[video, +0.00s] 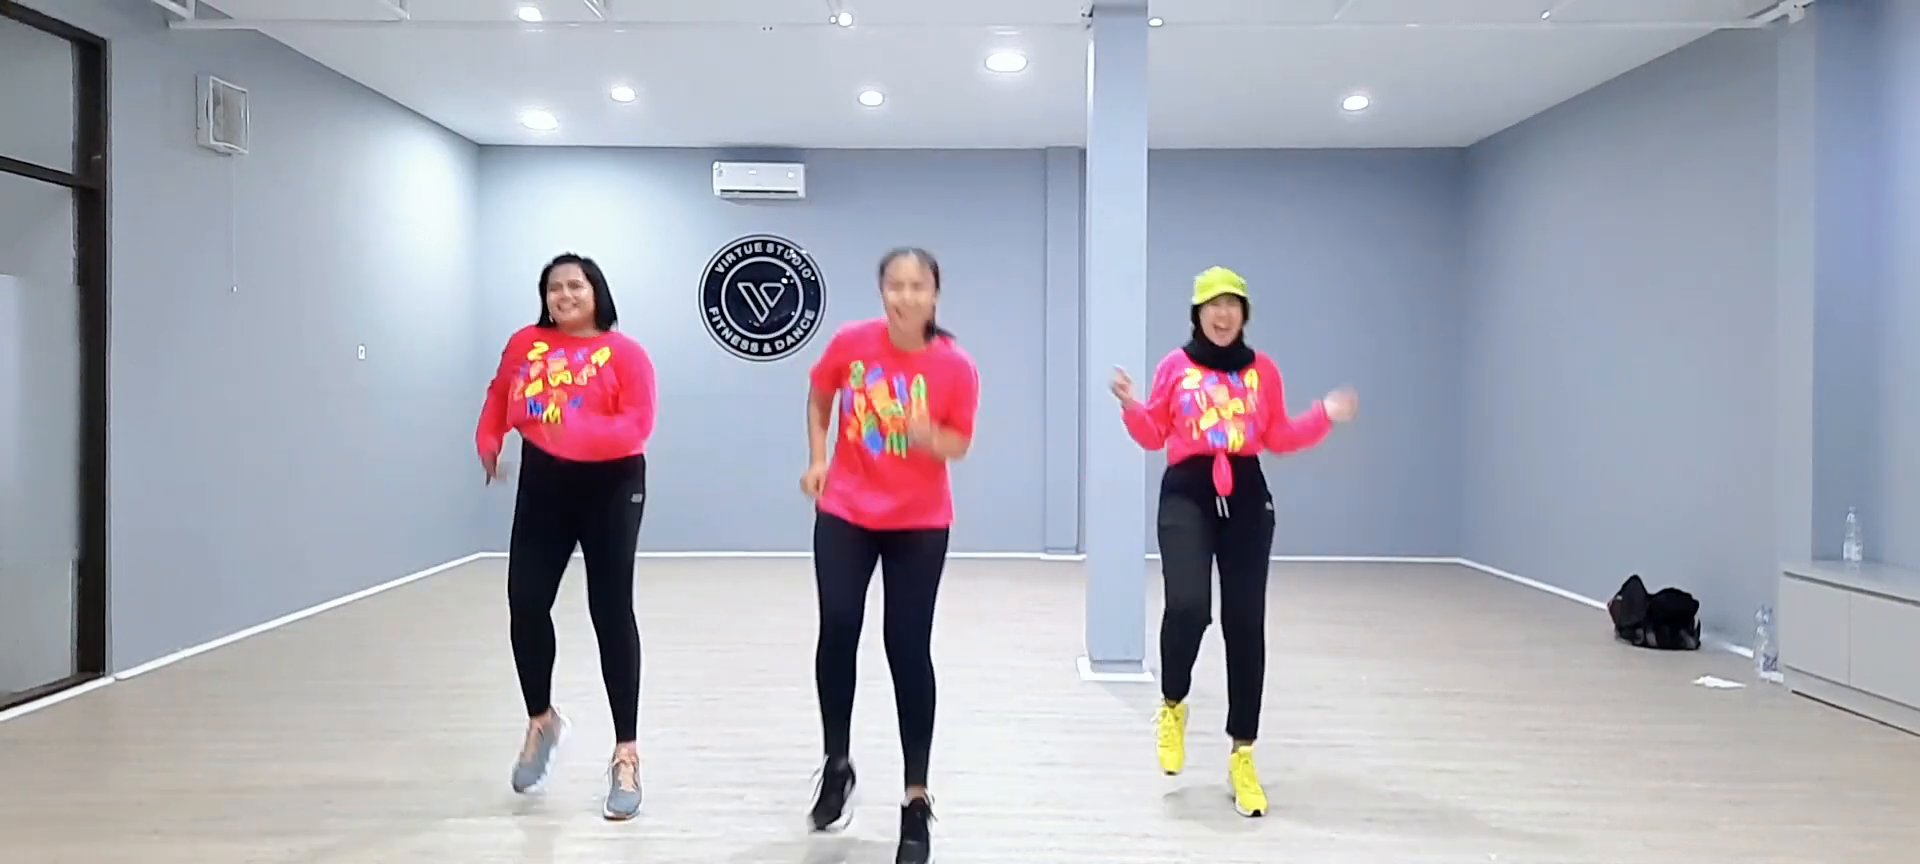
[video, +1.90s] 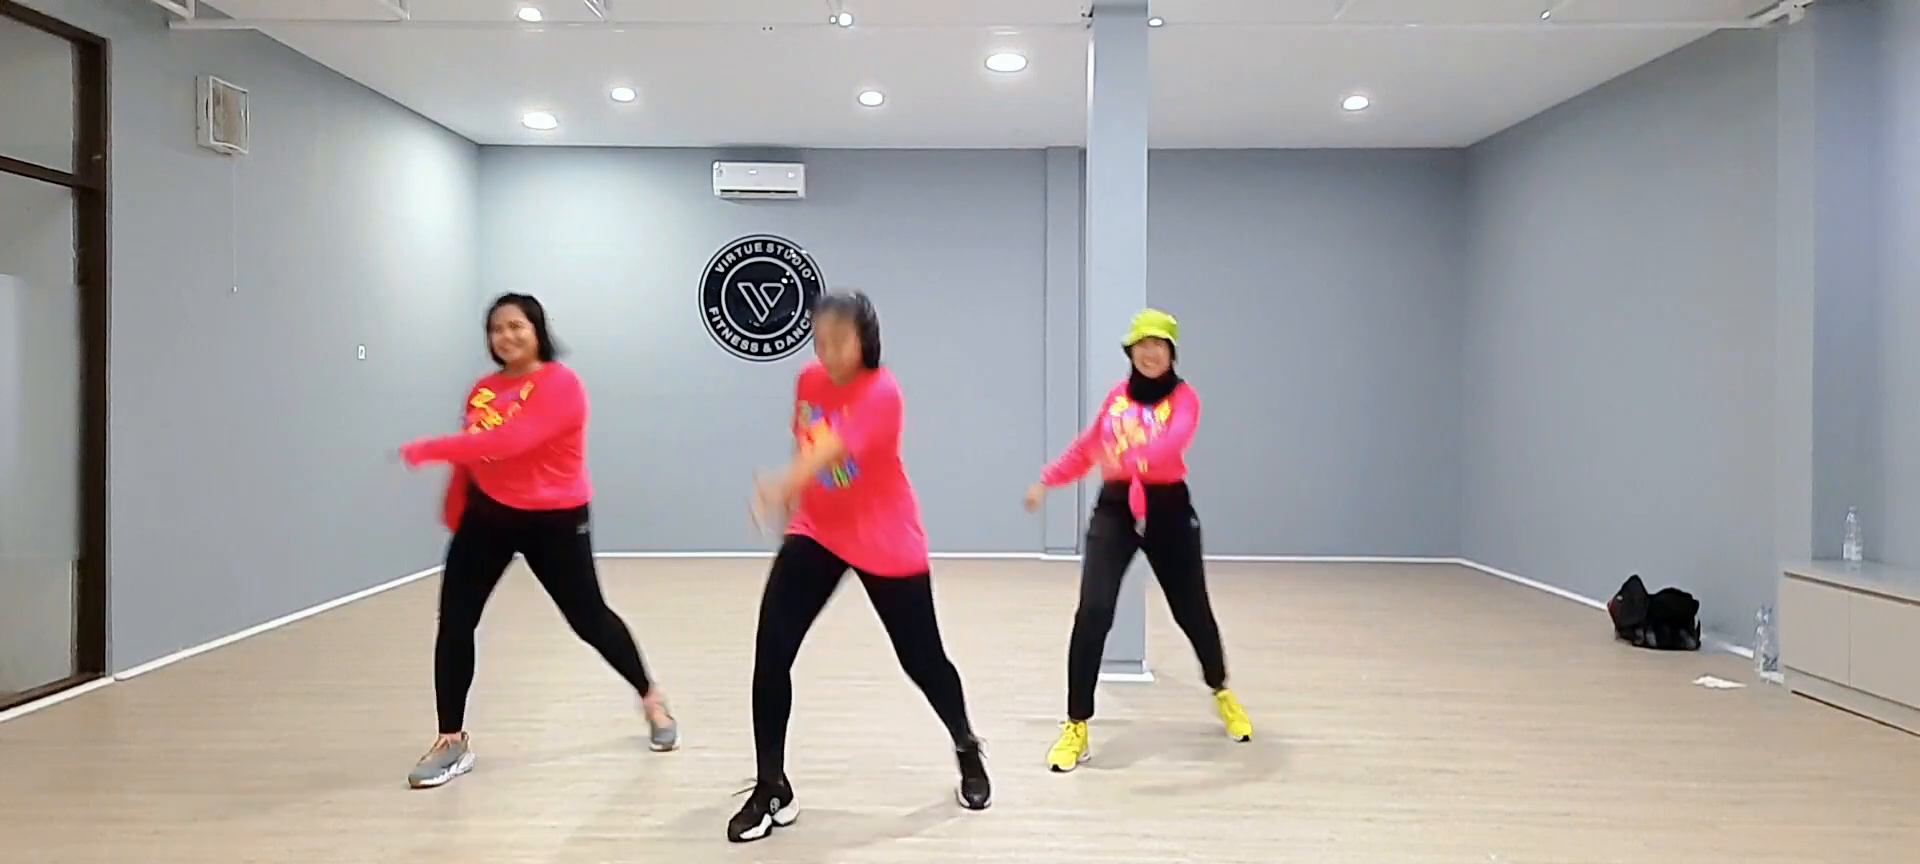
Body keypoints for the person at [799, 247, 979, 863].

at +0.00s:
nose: (906, 295)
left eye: (917, 286)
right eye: (897, 285)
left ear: (936, 295)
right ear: (881, 293)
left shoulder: (955, 365)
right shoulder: (849, 344)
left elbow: (960, 445)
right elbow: (820, 395)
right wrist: (818, 453)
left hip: (918, 523)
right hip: (844, 514)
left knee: (907, 646)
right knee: (837, 632)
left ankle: (915, 799)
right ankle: (836, 762)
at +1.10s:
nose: (878, 321)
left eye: (888, 313)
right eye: (869, 314)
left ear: (903, 322)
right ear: (857, 324)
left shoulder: (931, 382)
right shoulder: (839, 385)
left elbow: (952, 450)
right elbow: (831, 453)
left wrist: (945, 506)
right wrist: (819, 475)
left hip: (922, 526)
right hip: (862, 529)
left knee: (927, 622)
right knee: (869, 632)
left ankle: (915, 728)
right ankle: (874, 725)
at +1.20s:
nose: (879, 307)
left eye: (888, 298)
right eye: (870, 299)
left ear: (904, 306)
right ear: (856, 308)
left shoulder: (930, 361)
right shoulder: (839, 367)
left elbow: (972, 416)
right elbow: (823, 427)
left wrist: (985, 475)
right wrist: (811, 411)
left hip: (932, 498)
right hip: (873, 506)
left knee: (932, 582)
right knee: (878, 613)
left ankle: (933, 702)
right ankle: (875, 723)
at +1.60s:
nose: (872, 367)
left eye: (880, 357)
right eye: (866, 357)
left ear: (911, 348)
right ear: (863, 351)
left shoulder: (945, 409)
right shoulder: (863, 387)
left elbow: (979, 484)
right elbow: (854, 432)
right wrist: (847, 468)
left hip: (955, 543)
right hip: (888, 538)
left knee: (960, 656)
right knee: (853, 634)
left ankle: (976, 764)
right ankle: (900, 701)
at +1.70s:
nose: (854, 381)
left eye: (862, 371)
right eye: (849, 372)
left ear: (893, 362)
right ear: (846, 367)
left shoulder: (921, 417)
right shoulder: (853, 400)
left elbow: (922, 510)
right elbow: (870, 472)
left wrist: (932, 589)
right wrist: (870, 533)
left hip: (941, 545)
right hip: (880, 535)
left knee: (951, 659)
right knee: (820, 608)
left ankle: (976, 763)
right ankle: (823, 735)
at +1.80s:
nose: (835, 385)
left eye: (843, 375)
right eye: (831, 374)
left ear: (874, 368)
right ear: (829, 369)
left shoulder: (901, 419)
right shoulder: (836, 405)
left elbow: (862, 504)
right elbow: (843, 486)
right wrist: (841, 545)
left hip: (918, 559)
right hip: (854, 549)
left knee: (938, 680)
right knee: (794, 656)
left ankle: (976, 759)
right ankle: (775, 786)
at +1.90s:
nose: (830, 352)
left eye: (840, 341)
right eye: (822, 341)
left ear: (865, 341)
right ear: (814, 340)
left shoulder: (882, 393)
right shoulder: (810, 380)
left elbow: (832, 447)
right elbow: (806, 447)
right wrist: (794, 493)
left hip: (886, 535)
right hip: (820, 529)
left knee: (922, 658)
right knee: (771, 652)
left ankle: (967, 748)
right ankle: (771, 785)